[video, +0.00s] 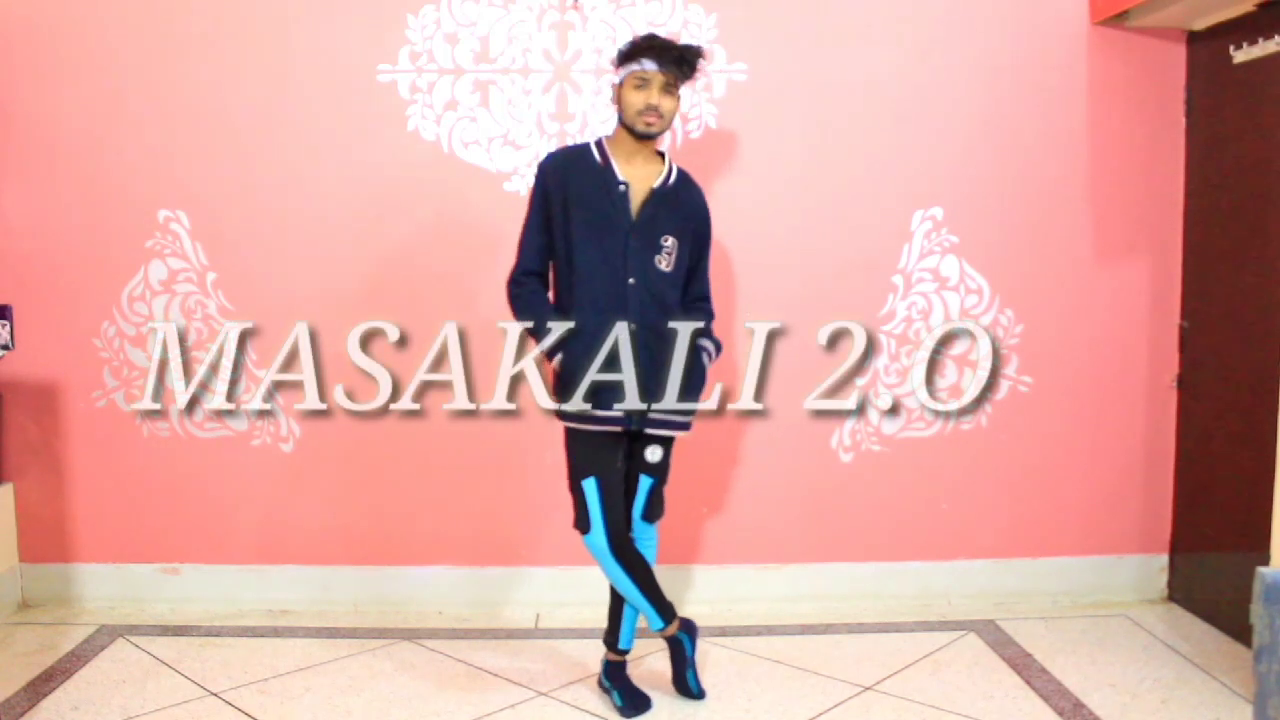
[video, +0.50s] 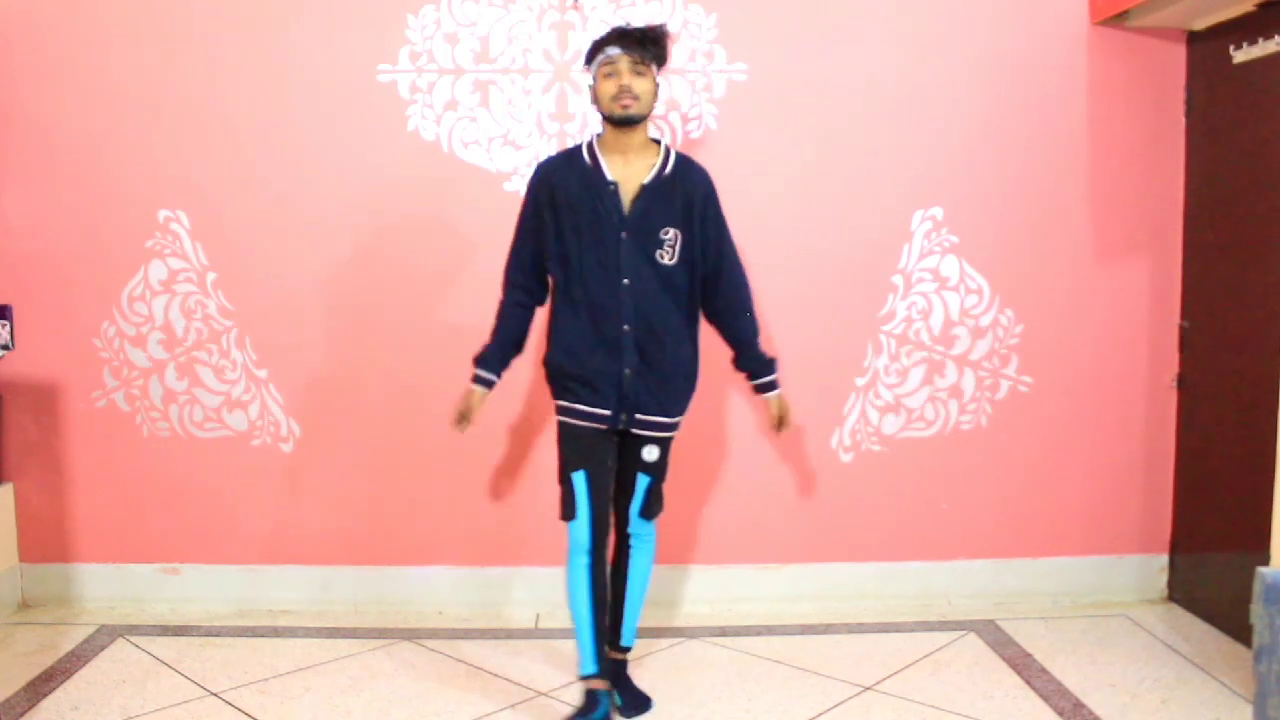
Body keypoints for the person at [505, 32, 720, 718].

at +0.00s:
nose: (652, 99)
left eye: (666, 89)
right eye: (639, 84)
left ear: (679, 101)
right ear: (616, 92)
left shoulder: (687, 194)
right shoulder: (564, 171)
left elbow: (696, 295)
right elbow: (526, 278)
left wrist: (701, 352)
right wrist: (556, 343)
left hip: (664, 381)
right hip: (590, 378)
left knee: (639, 523)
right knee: (597, 527)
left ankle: (616, 662)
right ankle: (675, 630)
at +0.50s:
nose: (624, 85)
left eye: (637, 73)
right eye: (610, 74)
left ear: (657, 85)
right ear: (593, 88)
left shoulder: (687, 180)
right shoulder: (557, 177)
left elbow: (722, 281)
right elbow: (525, 283)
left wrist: (761, 376)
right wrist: (486, 374)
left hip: (659, 383)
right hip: (582, 379)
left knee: (638, 525)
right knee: (587, 524)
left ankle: (618, 664)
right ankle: (593, 682)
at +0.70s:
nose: (612, 79)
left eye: (626, 69)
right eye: (598, 71)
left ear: (647, 85)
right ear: (582, 89)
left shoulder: (681, 174)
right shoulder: (554, 180)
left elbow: (700, 280)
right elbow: (540, 290)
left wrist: (688, 370)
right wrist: (545, 386)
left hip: (653, 383)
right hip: (576, 380)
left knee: (638, 525)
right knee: (555, 522)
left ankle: (617, 662)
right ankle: (558, 664)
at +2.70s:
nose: (595, 61)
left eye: (609, 50)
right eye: (580, 50)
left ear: (630, 66)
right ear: (560, 69)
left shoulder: (665, 165)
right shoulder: (522, 167)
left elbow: (716, 263)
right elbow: (489, 265)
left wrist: (702, 304)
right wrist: (473, 320)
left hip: (652, 382)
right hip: (563, 385)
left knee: (693, 525)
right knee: (568, 539)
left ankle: (630, 643)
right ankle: (579, 695)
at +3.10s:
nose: (627, 110)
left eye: (641, 97)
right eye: (613, 98)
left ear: (663, 110)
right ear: (597, 114)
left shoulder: (701, 200)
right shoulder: (567, 205)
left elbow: (762, 284)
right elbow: (495, 288)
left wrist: (738, 328)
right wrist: (526, 252)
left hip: (665, 412)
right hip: (574, 407)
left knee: (708, 548)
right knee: (535, 538)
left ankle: (738, 685)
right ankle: (519, 701)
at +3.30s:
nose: (614, 101)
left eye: (629, 89)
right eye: (601, 89)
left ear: (651, 101)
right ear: (586, 103)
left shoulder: (696, 186)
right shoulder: (553, 196)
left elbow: (789, 218)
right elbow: (471, 242)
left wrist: (754, 247)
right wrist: (484, 178)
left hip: (676, 403)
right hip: (579, 407)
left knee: (740, 517)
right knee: (534, 524)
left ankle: (765, 653)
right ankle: (506, 632)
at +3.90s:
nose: (618, 114)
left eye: (632, 104)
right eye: (608, 101)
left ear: (650, 118)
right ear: (590, 110)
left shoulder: (668, 191)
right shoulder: (562, 190)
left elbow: (728, 275)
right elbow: (523, 259)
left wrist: (746, 215)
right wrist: (448, 257)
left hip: (643, 390)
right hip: (560, 391)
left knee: (697, 499)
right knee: (509, 495)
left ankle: (736, 621)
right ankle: (503, 624)